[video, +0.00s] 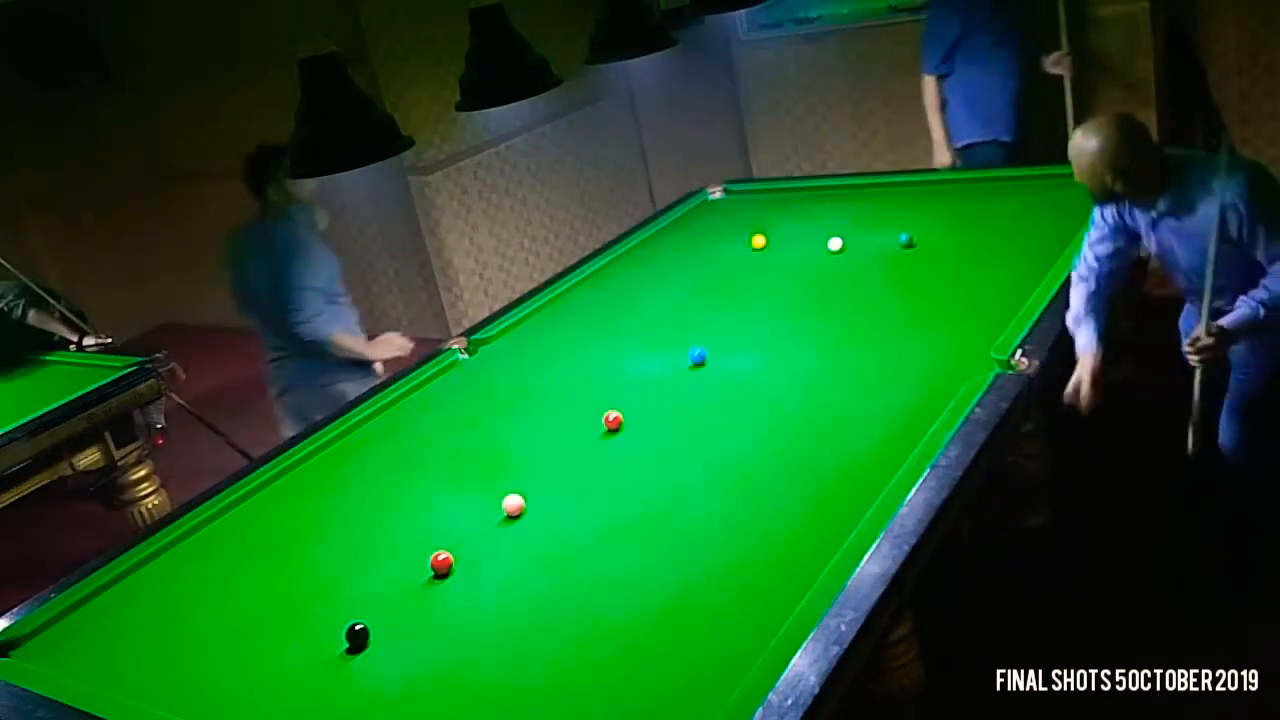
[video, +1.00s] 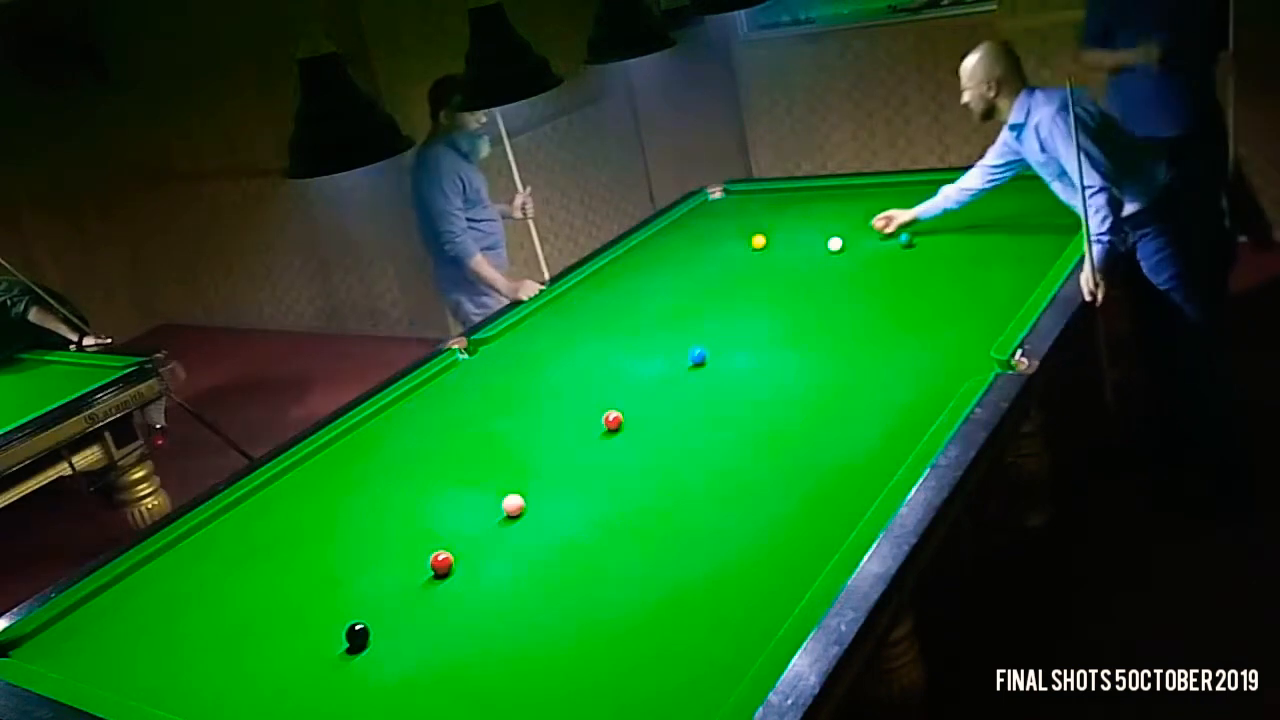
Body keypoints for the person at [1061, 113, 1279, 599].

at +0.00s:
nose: (1108, 198)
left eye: (1107, 189)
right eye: (1102, 192)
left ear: (1125, 174)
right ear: (1115, 176)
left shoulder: (1234, 189)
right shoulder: (1123, 202)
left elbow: (1279, 272)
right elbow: (1089, 274)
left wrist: (1228, 327)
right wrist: (1087, 350)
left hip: (1256, 322)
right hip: (1198, 317)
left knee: (1233, 441)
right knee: (1190, 430)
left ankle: (1243, 561)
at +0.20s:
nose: (1071, 126)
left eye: (1075, 116)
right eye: (1071, 115)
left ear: (1103, 123)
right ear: (1109, 120)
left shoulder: (1205, 166)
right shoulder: (1111, 169)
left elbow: (1265, 255)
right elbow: (1082, 224)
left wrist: (1202, 315)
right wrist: (1069, 243)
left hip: (1237, 317)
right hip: (1181, 315)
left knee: (1217, 425)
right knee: (1181, 425)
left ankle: (1244, 549)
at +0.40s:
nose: (1063, 100)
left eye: (1065, 90)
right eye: (1063, 91)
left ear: (1086, 91)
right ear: (1101, 87)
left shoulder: (1158, 143)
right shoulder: (1113, 139)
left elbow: (1215, 234)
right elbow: (1099, 183)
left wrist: (1162, 300)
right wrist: (1036, 193)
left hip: (1207, 302)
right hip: (1173, 296)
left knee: (1207, 428)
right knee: (1184, 422)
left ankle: (1220, 548)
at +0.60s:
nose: (1026, 79)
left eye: (1032, 69)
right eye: (1026, 69)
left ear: (1061, 67)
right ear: (1063, 67)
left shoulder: (1109, 116)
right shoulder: (1091, 112)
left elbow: (1161, 200)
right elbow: (1073, 168)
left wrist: (1128, 269)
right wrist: (999, 180)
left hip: (1187, 271)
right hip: (1167, 267)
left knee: (1198, 395)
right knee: (1186, 392)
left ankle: (1212, 519)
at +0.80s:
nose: (997, 84)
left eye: (1002, 72)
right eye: (997, 73)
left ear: (1031, 68)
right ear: (1031, 68)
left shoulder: (1079, 109)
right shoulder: (1060, 111)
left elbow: (1121, 191)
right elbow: (1030, 166)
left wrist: (1110, 262)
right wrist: (962, 194)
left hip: (1174, 241)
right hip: (1152, 240)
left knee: (1191, 365)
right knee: (1173, 363)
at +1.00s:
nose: (963, 98)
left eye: (967, 88)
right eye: (962, 89)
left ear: (992, 86)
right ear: (993, 86)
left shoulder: (1051, 112)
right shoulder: (1019, 130)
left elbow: (1097, 186)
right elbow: (974, 181)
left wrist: (1095, 258)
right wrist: (911, 214)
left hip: (1158, 220)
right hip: (1128, 227)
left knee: (1193, 341)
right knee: (1168, 342)